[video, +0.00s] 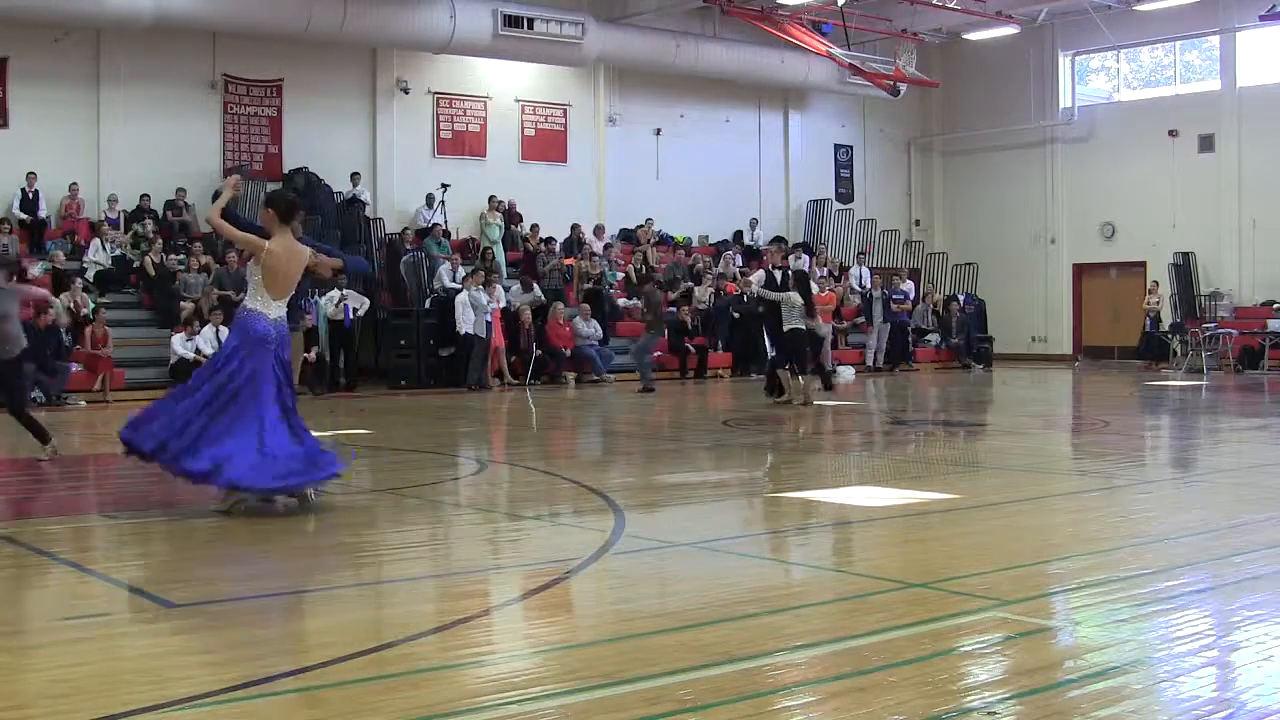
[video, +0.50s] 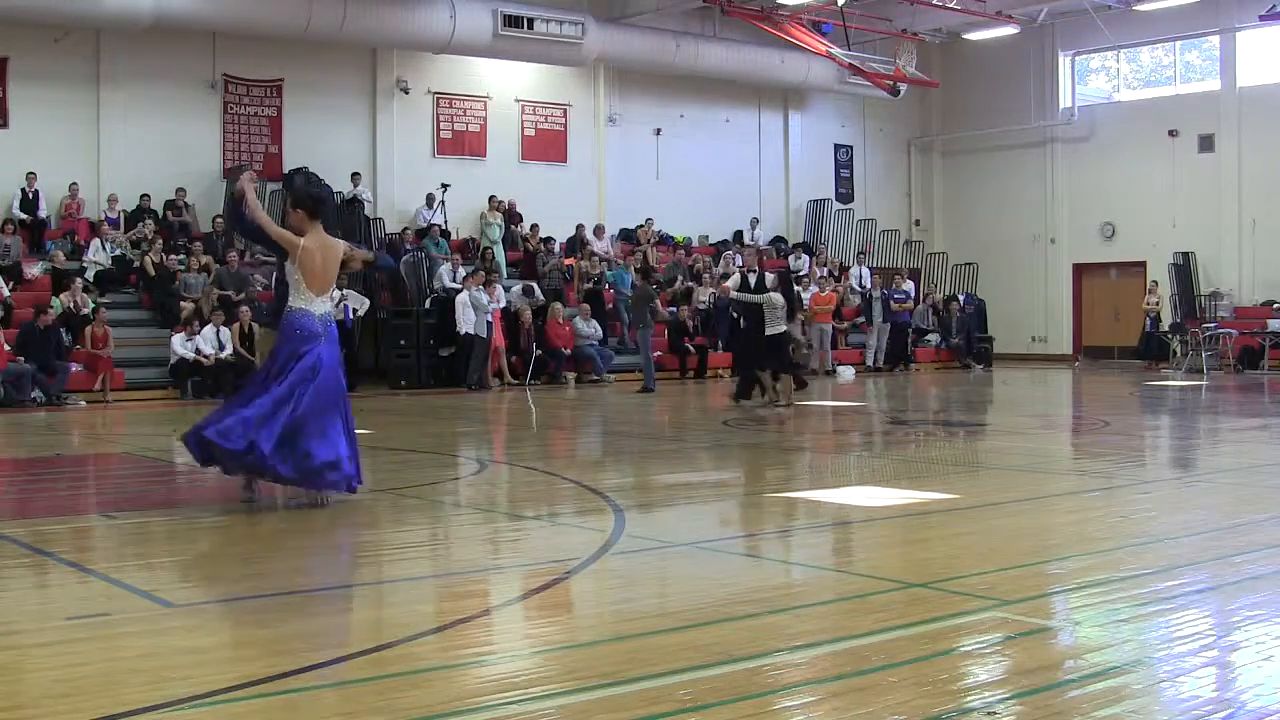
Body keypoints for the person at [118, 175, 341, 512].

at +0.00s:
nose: (261, 214)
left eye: (264, 210)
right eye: (263, 210)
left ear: (272, 214)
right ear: (292, 217)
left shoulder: (264, 247)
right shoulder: (304, 253)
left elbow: (214, 219)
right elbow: (328, 268)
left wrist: (228, 192)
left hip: (252, 325)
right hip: (278, 329)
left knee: (248, 402)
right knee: (270, 402)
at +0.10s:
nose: (259, 217)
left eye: (263, 212)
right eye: (261, 212)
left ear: (272, 215)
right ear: (291, 216)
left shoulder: (266, 248)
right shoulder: (306, 252)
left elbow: (215, 220)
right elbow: (324, 266)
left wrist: (228, 193)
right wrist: (331, 263)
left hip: (254, 325)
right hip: (280, 330)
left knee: (243, 401)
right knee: (269, 403)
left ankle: (242, 477)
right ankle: (266, 478)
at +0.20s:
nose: (264, 219)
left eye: (267, 213)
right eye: (266, 213)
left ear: (276, 215)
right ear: (296, 215)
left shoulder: (272, 248)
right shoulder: (314, 251)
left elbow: (222, 221)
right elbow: (339, 262)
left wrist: (230, 191)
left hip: (264, 332)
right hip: (291, 334)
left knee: (253, 404)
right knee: (281, 406)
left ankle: (251, 483)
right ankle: (297, 480)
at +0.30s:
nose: (271, 218)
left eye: (273, 212)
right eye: (272, 212)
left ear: (284, 214)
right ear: (301, 212)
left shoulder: (282, 246)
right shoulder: (323, 248)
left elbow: (236, 217)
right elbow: (350, 261)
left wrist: (232, 189)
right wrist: (329, 261)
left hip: (276, 328)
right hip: (305, 331)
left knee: (254, 401)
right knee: (300, 406)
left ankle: (240, 484)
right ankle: (316, 481)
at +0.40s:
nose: (281, 215)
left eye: (284, 210)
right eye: (282, 209)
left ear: (295, 211)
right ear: (311, 210)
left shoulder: (292, 243)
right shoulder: (332, 246)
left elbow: (252, 218)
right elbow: (354, 258)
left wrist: (241, 191)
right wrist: (368, 258)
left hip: (290, 327)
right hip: (318, 330)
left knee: (268, 397)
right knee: (313, 404)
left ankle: (251, 472)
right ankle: (319, 482)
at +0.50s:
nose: (287, 217)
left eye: (289, 211)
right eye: (289, 211)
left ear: (300, 212)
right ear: (319, 211)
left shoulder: (298, 244)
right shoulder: (340, 246)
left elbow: (258, 216)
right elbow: (365, 258)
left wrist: (248, 189)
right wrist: (357, 258)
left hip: (298, 328)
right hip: (326, 329)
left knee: (277, 395)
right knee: (321, 401)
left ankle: (252, 462)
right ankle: (318, 478)